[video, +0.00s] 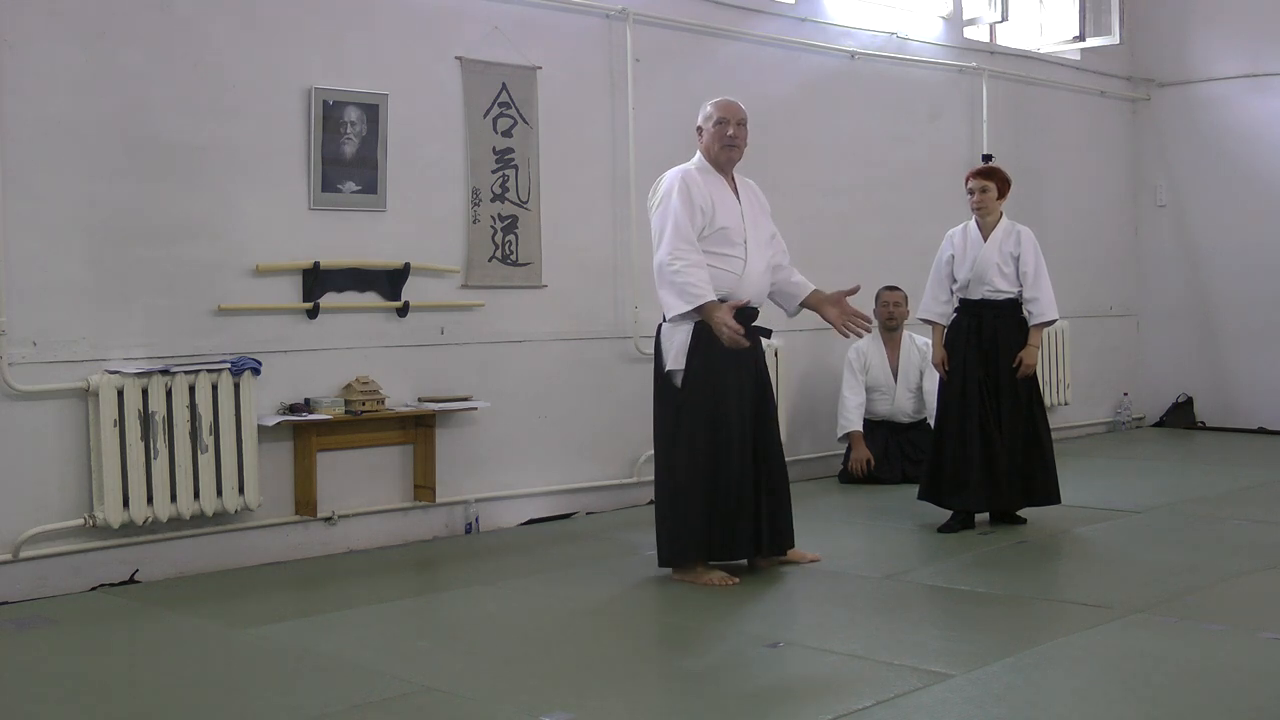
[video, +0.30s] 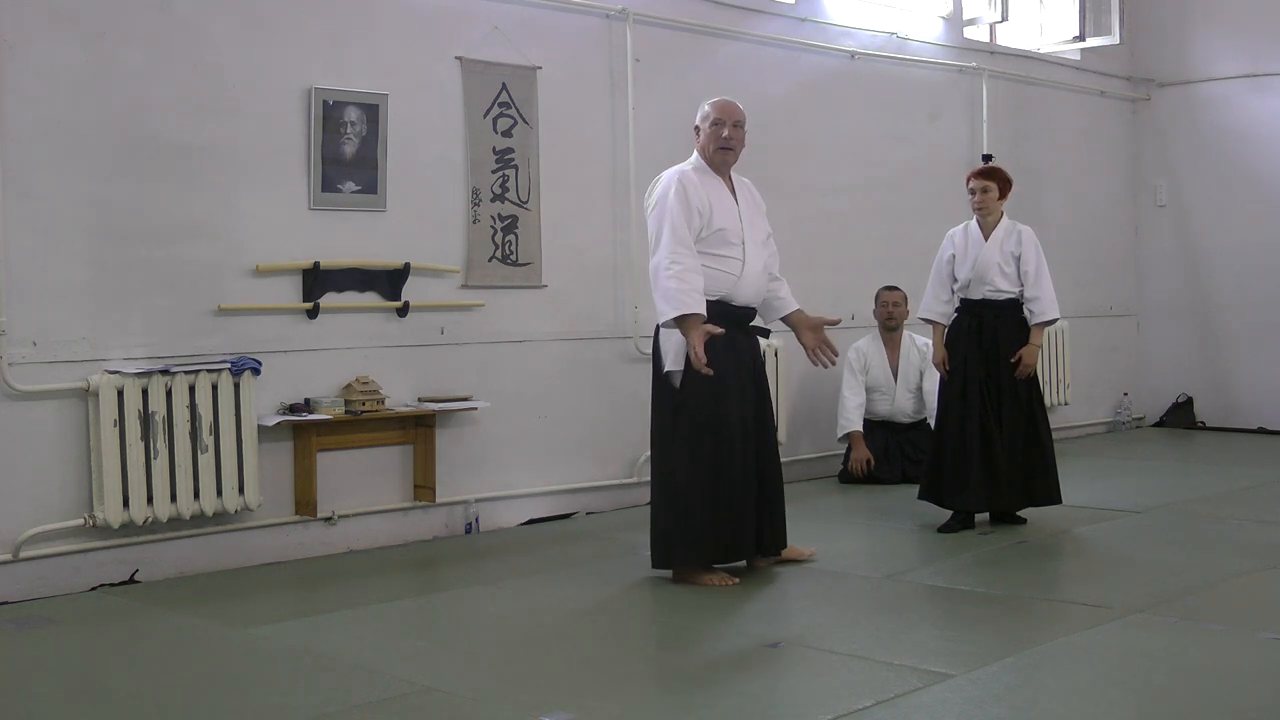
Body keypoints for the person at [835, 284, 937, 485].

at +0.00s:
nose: (891, 310)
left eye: (897, 305)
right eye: (885, 305)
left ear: (907, 313)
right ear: (875, 312)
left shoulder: (925, 348)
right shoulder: (860, 350)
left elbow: (934, 396)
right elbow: (851, 398)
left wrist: (944, 436)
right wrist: (857, 443)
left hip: (916, 430)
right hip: (874, 431)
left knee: (936, 472)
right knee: (855, 473)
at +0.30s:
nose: (890, 310)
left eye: (896, 305)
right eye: (884, 305)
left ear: (907, 313)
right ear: (875, 313)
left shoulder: (925, 348)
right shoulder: (860, 351)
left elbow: (935, 397)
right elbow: (851, 399)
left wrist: (943, 436)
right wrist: (857, 443)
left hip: (916, 430)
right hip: (874, 431)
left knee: (936, 472)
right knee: (855, 472)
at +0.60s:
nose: (890, 310)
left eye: (896, 305)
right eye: (884, 305)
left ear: (907, 313)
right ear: (875, 313)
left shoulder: (925, 349)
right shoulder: (860, 351)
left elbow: (935, 397)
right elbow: (851, 398)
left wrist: (944, 437)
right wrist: (857, 443)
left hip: (916, 430)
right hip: (874, 431)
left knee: (935, 472)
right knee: (855, 472)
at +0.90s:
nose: (890, 310)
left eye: (897, 305)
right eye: (884, 305)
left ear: (908, 313)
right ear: (875, 313)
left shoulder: (925, 348)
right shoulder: (861, 350)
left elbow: (935, 397)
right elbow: (851, 398)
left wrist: (944, 437)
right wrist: (857, 443)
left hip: (916, 430)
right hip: (874, 431)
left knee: (936, 472)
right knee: (855, 472)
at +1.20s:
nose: (891, 311)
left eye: (897, 306)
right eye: (885, 305)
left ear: (908, 313)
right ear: (876, 313)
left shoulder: (925, 348)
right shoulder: (861, 350)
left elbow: (934, 396)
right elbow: (851, 398)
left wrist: (944, 435)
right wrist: (857, 443)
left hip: (916, 430)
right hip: (875, 430)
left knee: (935, 472)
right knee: (855, 472)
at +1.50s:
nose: (891, 312)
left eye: (898, 306)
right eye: (885, 306)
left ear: (908, 313)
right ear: (876, 313)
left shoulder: (926, 348)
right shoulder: (860, 351)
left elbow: (934, 396)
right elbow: (851, 398)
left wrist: (941, 435)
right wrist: (857, 442)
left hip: (916, 430)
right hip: (875, 430)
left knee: (934, 473)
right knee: (855, 472)